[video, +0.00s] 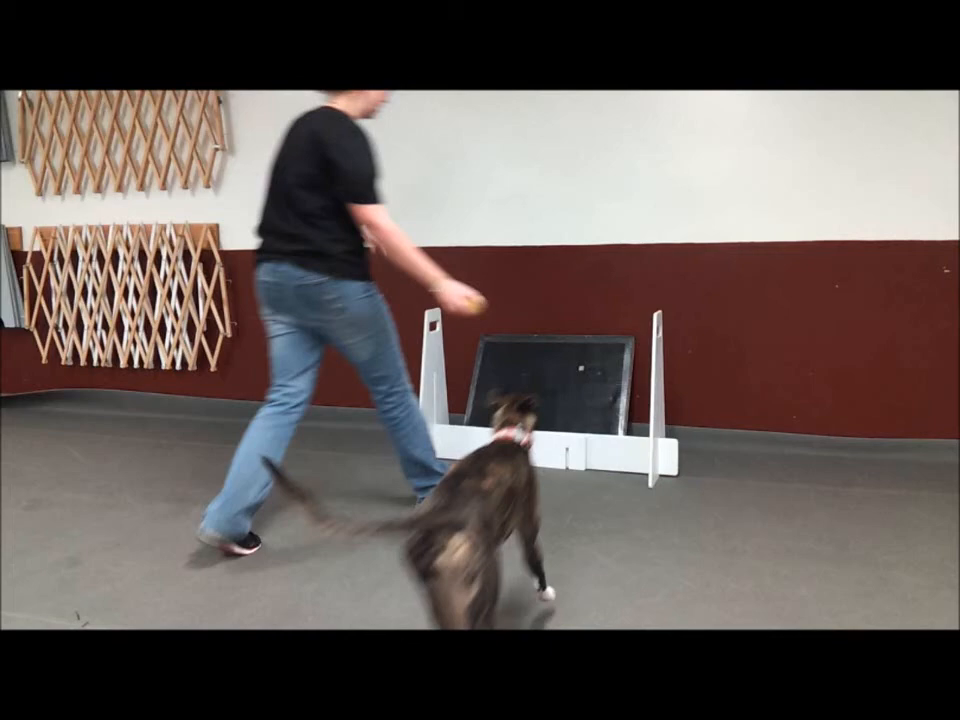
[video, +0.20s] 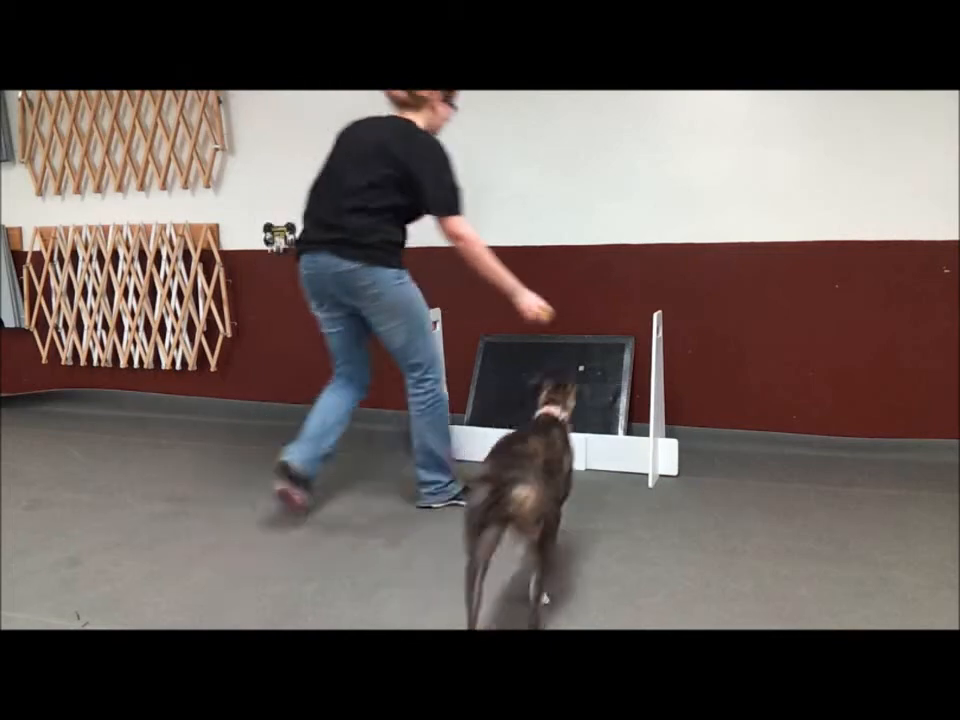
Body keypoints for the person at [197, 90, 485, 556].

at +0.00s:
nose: (387, 98)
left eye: (386, 92)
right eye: (384, 91)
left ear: (341, 88)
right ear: (365, 90)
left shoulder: (304, 125)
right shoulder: (345, 134)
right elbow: (377, 225)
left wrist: (364, 238)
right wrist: (442, 285)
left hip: (279, 274)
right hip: (334, 283)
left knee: (285, 399)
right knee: (391, 390)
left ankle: (227, 519)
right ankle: (434, 487)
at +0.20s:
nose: (452, 112)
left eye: (453, 104)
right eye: (450, 103)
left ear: (401, 99)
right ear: (431, 98)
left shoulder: (357, 131)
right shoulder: (424, 147)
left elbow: (328, 199)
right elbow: (457, 233)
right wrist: (519, 293)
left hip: (316, 262)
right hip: (371, 267)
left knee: (349, 376)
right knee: (424, 374)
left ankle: (297, 466)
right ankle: (437, 486)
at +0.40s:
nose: (473, 148)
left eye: (475, 140)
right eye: (474, 139)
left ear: (431, 126)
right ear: (461, 133)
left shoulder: (382, 148)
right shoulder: (459, 170)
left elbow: (329, 200)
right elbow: (506, 242)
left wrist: (373, 229)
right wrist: (559, 280)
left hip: (332, 257)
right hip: (386, 264)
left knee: (375, 355)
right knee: (441, 367)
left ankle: (371, 458)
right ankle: (439, 484)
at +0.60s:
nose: (469, 174)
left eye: (470, 167)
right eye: (469, 165)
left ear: (431, 153)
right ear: (456, 160)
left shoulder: (387, 168)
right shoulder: (453, 193)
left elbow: (334, 216)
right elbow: (492, 252)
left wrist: (336, 257)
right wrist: (528, 271)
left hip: (331, 266)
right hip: (379, 273)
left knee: (379, 352)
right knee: (458, 355)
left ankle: (374, 451)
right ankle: (443, 474)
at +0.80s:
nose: (472, 202)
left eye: (475, 194)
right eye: (473, 192)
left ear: (439, 179)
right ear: (458, 185)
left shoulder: (402, 190)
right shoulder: (446, 214)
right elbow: (437, 290)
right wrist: (470, 277)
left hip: (323, 264)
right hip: (364, 273)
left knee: (379, 350)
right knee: (445, 351)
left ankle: (375, 452)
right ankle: (445, 467)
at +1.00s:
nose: (483, 233)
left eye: (485, 226)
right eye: (482, 224)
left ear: (453, 212)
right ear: (465, 219)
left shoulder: (422, 224)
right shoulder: (438, 247)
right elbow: (431, 336)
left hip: (317, 262)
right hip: (334, 269)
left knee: (383, 356)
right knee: (407, 352)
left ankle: (373, 455)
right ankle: (394, 474)